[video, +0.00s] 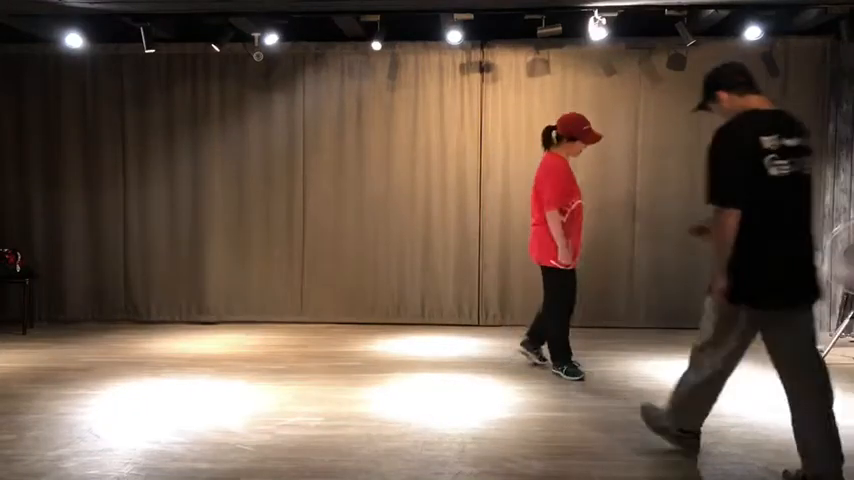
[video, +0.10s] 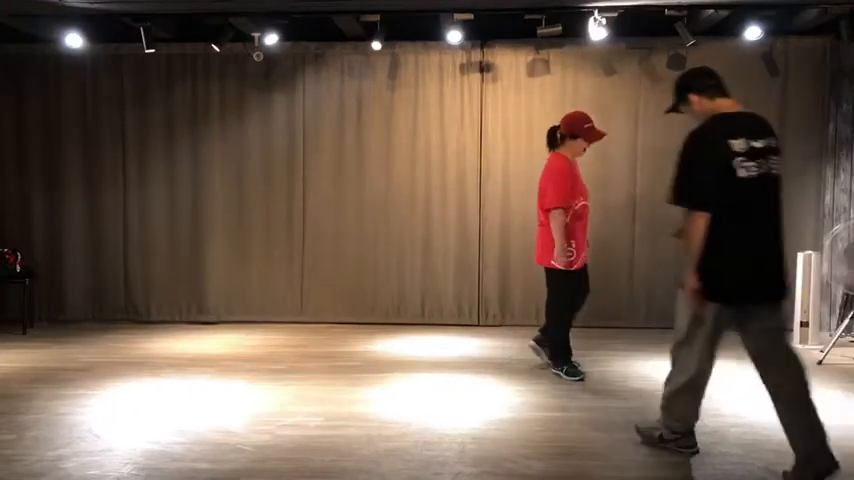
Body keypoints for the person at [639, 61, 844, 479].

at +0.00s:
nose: (717, 115)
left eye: (714, 108)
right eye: (713, 109)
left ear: (723, 97)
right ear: (754, 91)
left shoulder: (732, 135)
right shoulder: (793, 127)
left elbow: (730, 213)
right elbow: (786, 203)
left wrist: (720, 271)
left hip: (749, 269)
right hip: (794, 267)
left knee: (713, 353)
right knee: (803, 371)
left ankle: (681, 423)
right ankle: (825, 468)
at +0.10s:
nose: (688, 114)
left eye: (685, 107)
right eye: (686, 108)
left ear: (696, 99)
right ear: (723, 93)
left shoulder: (705, 138)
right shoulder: (761, 127)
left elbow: (700, 211)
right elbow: (762, 200)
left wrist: (692, 268)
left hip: (719, 265)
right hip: (763, 262)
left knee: (693, 349)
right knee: (775, 357)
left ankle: (676, 430)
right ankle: (815, 457)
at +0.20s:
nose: (661, 114)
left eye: (659, 107)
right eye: (659, 108)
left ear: (671, 98)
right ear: (694, 92)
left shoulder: (677, 134)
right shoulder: (735, 125)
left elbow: (669, 205)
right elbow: (736, 197)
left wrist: (659, 261)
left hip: (690, 259)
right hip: (735, 255)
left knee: (676, 343)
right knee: (726, 331)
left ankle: (675, 430)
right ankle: (772, 415)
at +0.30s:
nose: (643, 113)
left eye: (641, 107)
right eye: (640, 108)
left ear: (650, 97)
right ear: (674, 91)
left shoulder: (656, 132)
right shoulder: (714, 126)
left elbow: (639, 200)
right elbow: (710, 195)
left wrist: (626, 251)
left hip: (668, 255)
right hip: (710, 252)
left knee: (665, 340)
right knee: (690, 329)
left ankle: (675, 429)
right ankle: (717, 402)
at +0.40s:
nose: (625, 114)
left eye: (623, 108)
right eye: (622, 109)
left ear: (632, 99)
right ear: (658, 95)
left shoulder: (635, 133)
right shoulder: (697, 131)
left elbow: (612, 199)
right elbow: (707, 198)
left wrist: (600, 234)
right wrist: (715, 250)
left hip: (649, 250)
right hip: (685, 247)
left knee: (658, 339)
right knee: (654, 333)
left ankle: (675, 428)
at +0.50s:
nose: (608, 117)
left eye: (607, 112)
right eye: (607, 113)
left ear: (615, 105)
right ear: (642, 101)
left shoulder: (615, 138)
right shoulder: (677, 138)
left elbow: (590, 196)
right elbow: (692, 197)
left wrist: (572, 230)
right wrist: (706, 247)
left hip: (629, 254)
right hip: (666, 252)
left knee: (648, 343)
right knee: (635, 334)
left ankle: (674, 427)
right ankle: (605, 392)